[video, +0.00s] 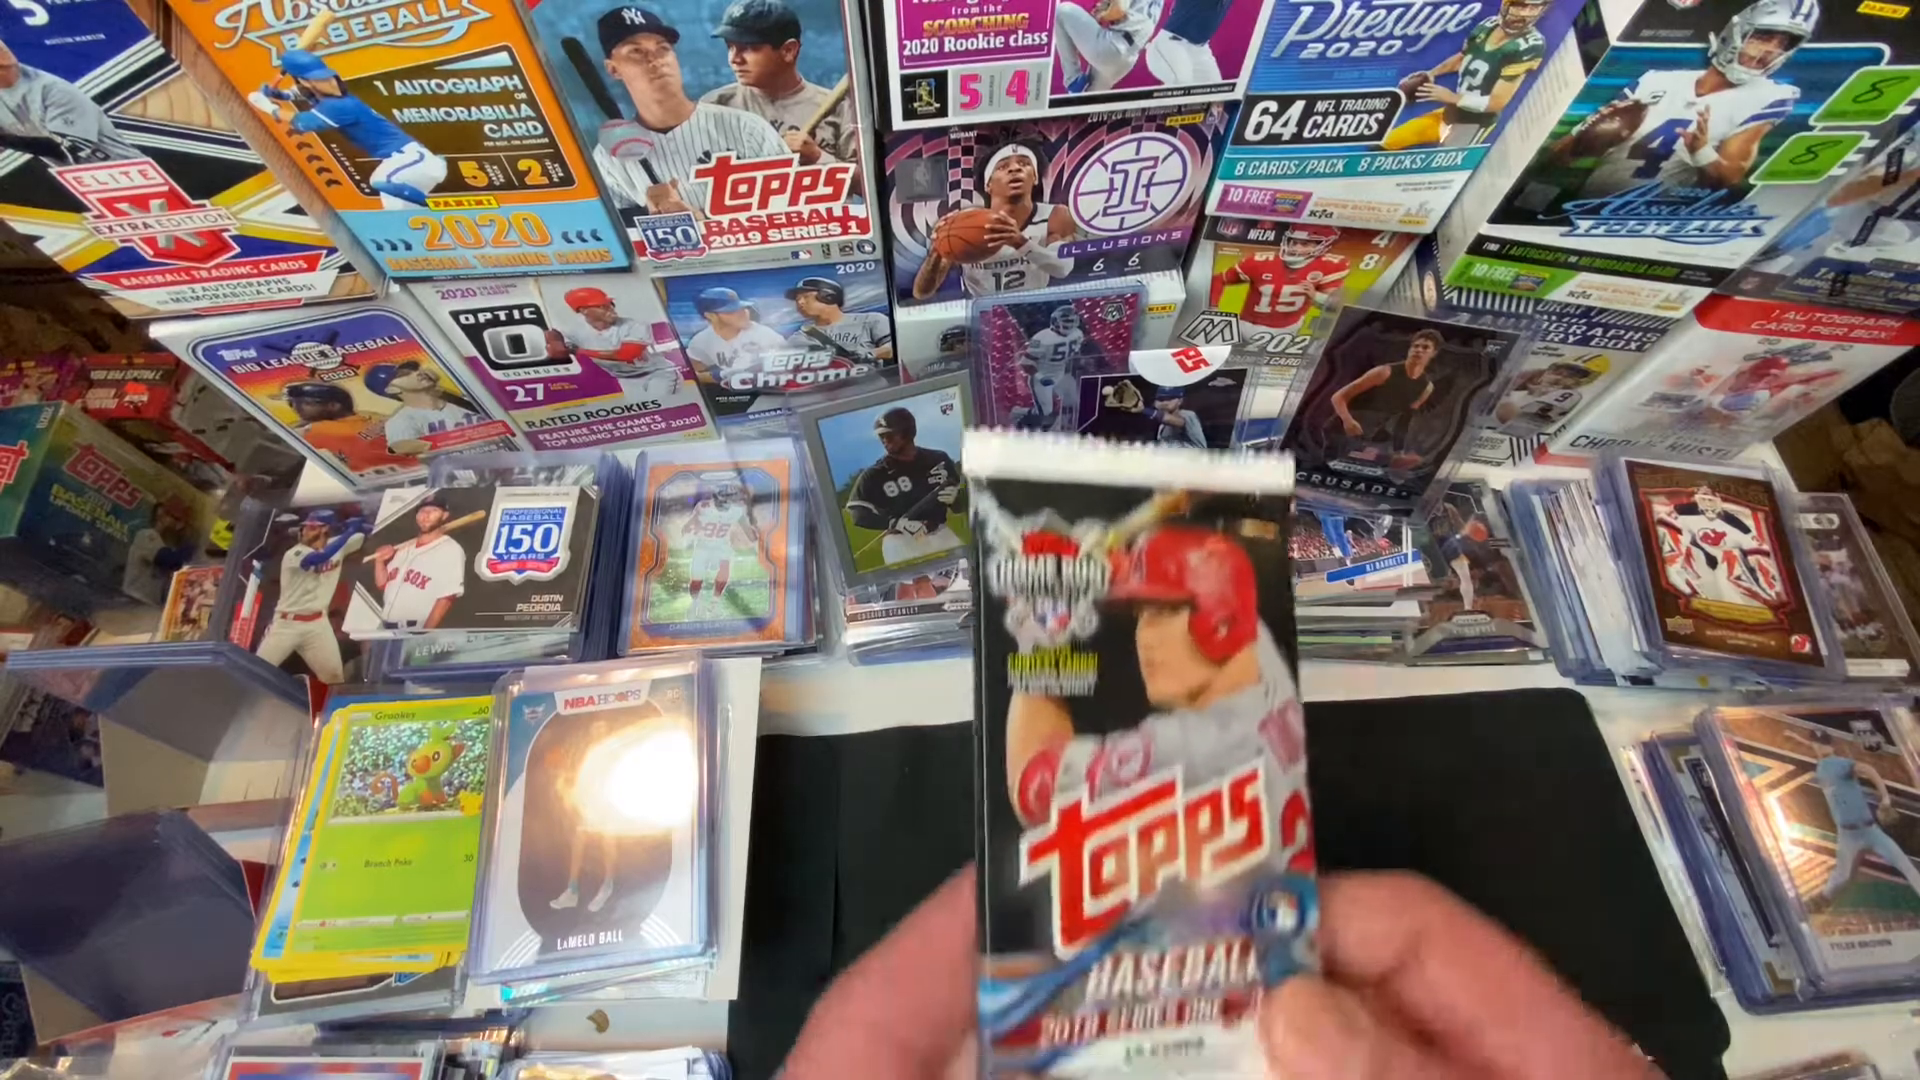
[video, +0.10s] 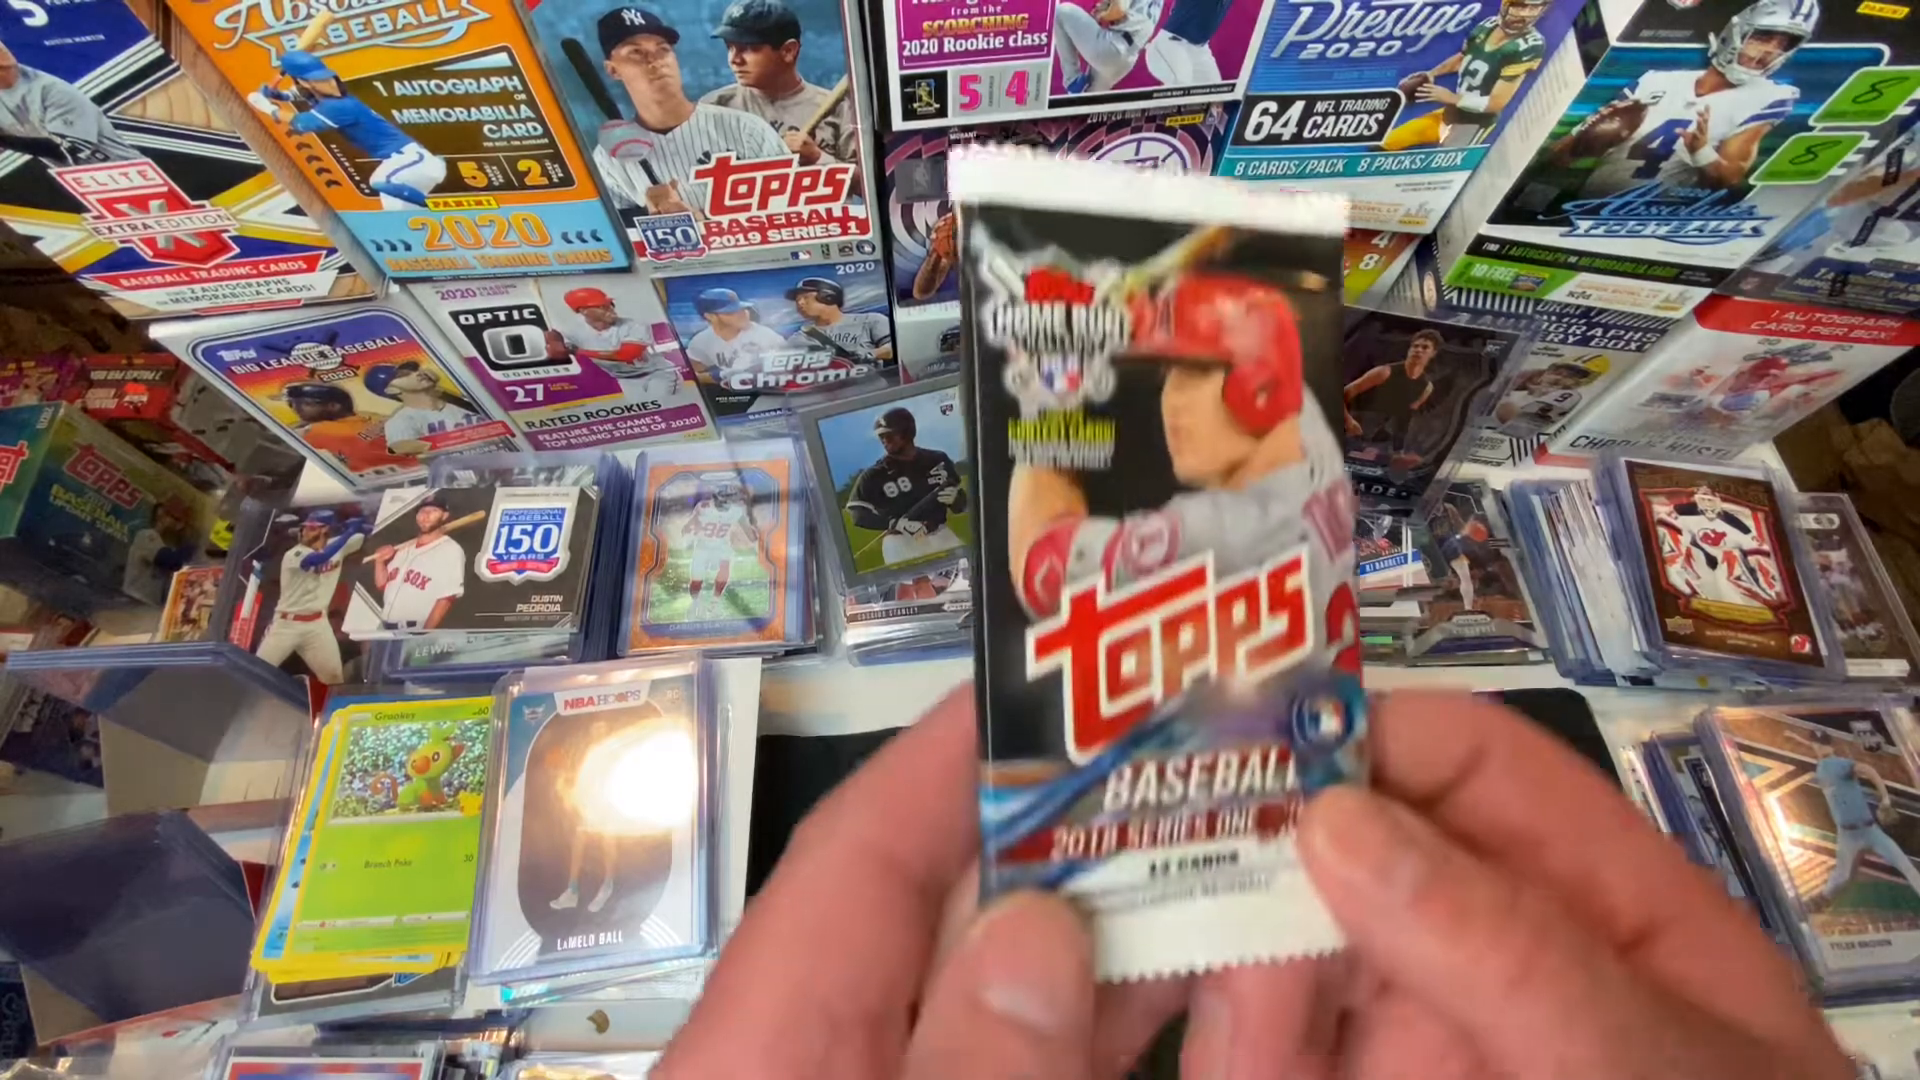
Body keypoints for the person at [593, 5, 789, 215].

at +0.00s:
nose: (655, 60)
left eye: (662, 47)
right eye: (636, 52)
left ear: (675, 54)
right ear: (613, 69)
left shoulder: (748, 129)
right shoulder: (608, 160)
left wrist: (699, 220)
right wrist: (654, 215)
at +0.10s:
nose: (654, 61)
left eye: (662, 48)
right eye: (636, 53)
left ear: (675, 56)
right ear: (612, 70)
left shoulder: (748, 129)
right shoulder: (608, 162)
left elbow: (799, 208)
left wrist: (699, 220)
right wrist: (652, 218)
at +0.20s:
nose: (654, 60)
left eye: (661, 47)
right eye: (636, 52)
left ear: (675, 54)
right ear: (613, 69)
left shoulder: (749, 129)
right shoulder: (609, 161)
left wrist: (700, 221)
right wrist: (656, 218)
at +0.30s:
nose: (654, 61)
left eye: (661, 48)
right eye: (636, 53)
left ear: (675, 54)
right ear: (613, 70)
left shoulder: (749, 130)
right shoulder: (609, 162)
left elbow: (799, 211)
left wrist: (701, 223)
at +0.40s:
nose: (654, 61)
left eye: (661, 48)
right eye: (636, 53)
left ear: (675, 55)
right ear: (613, 70)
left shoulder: (749, 129)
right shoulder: (608, 162)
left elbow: (798, 211)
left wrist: (699, 221)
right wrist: (657, 221)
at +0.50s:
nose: (654, 61)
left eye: (661, 48)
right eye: (636, 53)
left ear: (675, 54)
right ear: (613, 70)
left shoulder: (749, 129)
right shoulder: (609, 162)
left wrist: (700, 222)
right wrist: (658, 221)